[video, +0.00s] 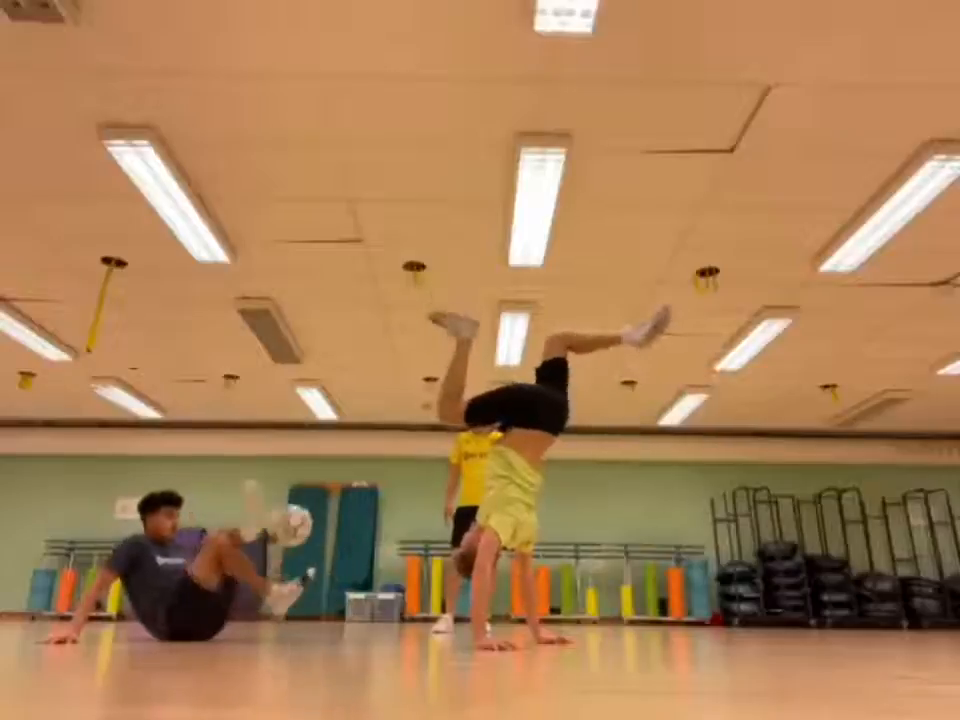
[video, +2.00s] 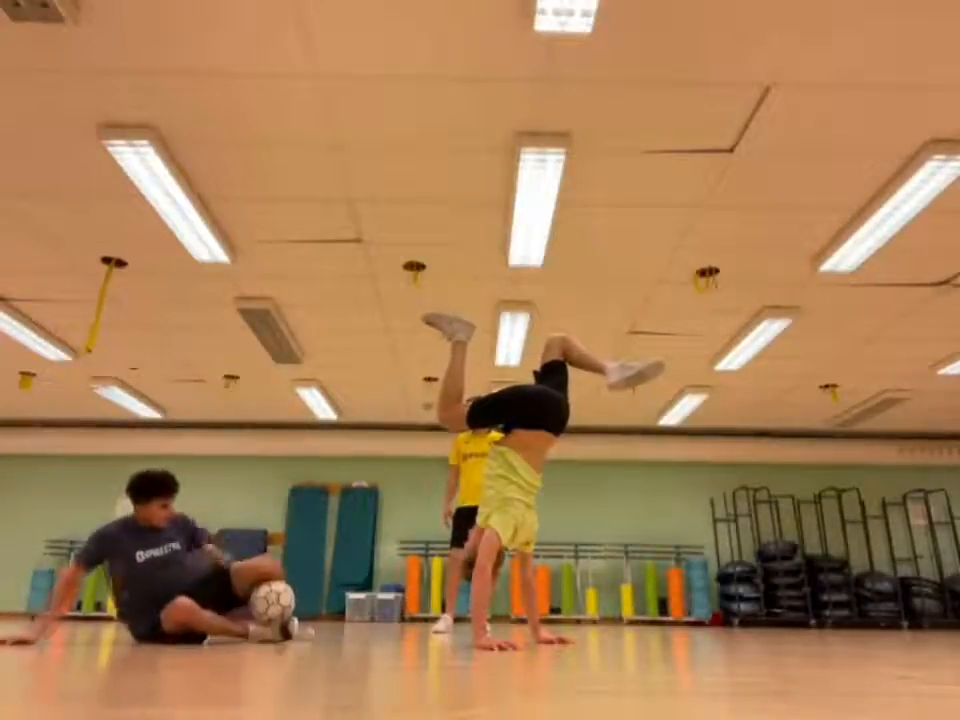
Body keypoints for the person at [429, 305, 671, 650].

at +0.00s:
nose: (479, 558)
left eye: (473, 557)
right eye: (475, 556)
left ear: (471, 550)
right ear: (473, 545)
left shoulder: (522, 536)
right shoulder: (492, 530)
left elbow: (526, 586)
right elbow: (483, 579)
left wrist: (537, 633)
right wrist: (481, 637)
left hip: (553, 413)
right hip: (529, 409)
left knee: (557, 342)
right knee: (451, 414)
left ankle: (629, 336)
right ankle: (464, 338)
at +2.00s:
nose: (485, 562)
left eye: (484, 566)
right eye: (482, 563)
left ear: (474, 548)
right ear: (475, 543)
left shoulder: (525, 534)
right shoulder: (495, 527)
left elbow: (527, 582)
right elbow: (482, 575)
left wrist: (537, 631)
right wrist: (481, 636)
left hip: (554, 414)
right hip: (533, 408)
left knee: (557, 343)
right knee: (452, 416)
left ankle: (612, 370)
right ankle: (459, 342)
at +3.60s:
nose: (476, 542)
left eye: (469, 542)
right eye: (476, 545)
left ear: (471, 542)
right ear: (477, 541)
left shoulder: (525, 536)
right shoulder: (496, 529)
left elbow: (528, 584)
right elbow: (482, 578)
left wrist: (537, 632)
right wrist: (481, 636)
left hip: (557, 413)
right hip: (534, 410)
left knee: (545, 347)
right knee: (464, 381)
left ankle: (602, 309)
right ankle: (450, 302)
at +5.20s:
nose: (476, 543)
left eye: (473, 548)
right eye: (476, 546)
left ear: (475, 547)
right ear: (481, 544)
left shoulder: (528, 540)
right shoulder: (504, 531)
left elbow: (529, 586)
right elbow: (484, 575)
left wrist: (538, 632)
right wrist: (481, 635)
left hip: (572, 416)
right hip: (554, 416)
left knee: (580, 347)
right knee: (471, 409)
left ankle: (658, 323)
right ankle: (472, 331)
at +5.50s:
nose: (482, 542)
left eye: (480, 545)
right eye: (481, 543)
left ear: (482, 550)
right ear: (484, 544)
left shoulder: (530, 541)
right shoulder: (509, 534)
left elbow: (530, 588)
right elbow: (482, 576)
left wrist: (536, 632)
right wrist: (480, 635)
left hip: (598, 436)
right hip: (582, 432)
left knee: (634, 367)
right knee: (515, 382)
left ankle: (714, 359)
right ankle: (527, 301)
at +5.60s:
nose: (488, 525)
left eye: (486, 534)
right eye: (487, 533)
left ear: (490, 546)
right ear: (490, 540)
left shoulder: (530, 538)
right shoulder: (514, 532)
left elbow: (535, 586)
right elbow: (486, 574)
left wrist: (537, 632)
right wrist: (480, 637)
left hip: (604, 438)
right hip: (596, 436)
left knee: (655, 374)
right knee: (538, 362)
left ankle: (736, 390)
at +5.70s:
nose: (495, 524)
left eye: (494, 536)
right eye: (494, 531)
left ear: (495, 550)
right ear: (497, 537)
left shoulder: (535, 539)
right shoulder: (519, 534)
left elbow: (535, 586)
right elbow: (485, 579)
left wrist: (537, 630)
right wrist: (479, 637)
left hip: (618, 452)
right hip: (609, 441)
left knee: (683, 394)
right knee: (576, 353)